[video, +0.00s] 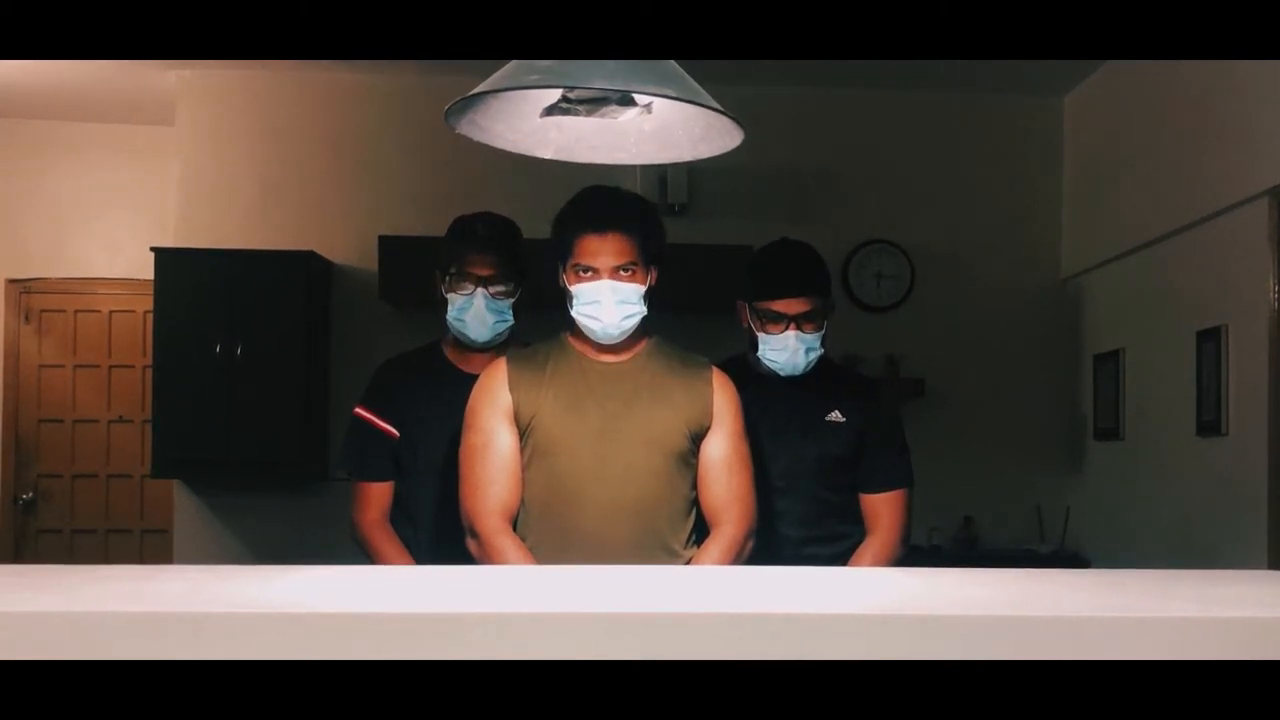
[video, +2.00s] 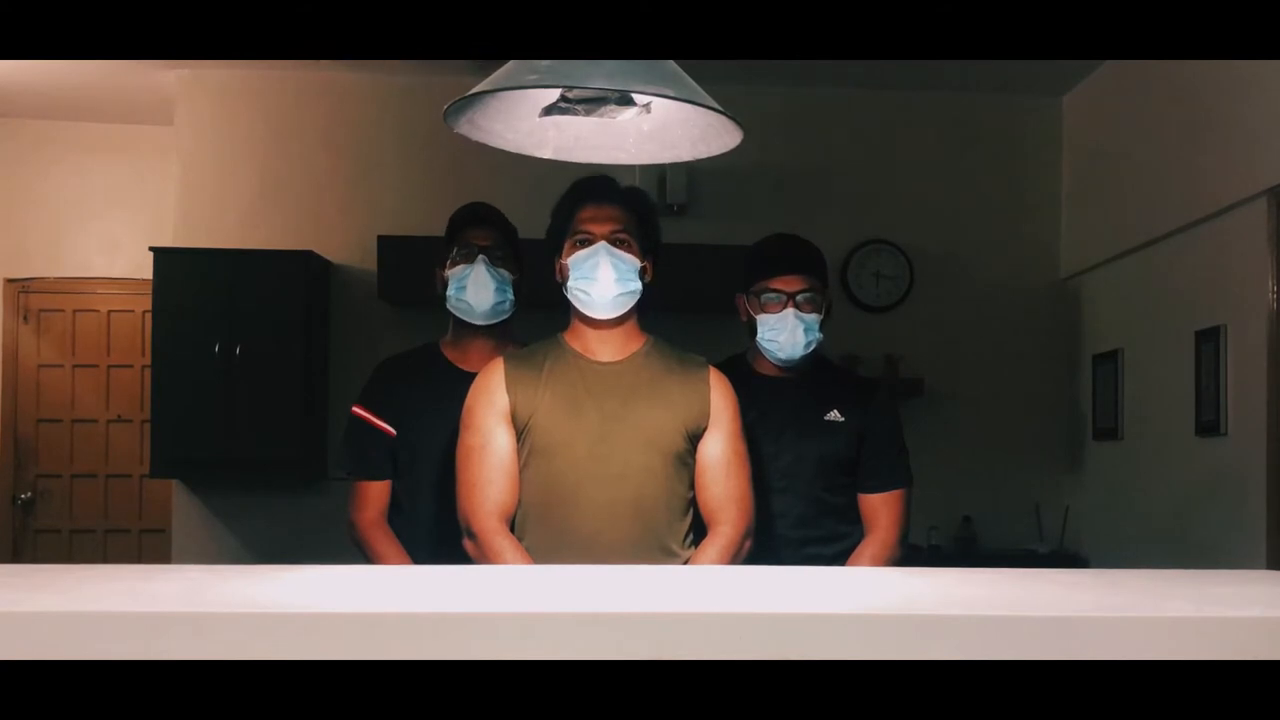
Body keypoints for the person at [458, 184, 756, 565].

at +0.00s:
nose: (606, 290)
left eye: (624, 271)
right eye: (586, 272)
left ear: (649, 276)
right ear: (564, 277)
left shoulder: (707, 388)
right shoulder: (507, 381)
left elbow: (733, 531)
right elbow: (486, 529)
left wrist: (669, 615)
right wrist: (555, 611)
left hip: (667, 615)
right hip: (545, 613)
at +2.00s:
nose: (601, 256)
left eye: (620, 242)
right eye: (583, 242)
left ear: (645, 268)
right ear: (560, 267)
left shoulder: (704, 387)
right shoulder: (503, 381)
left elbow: (732, 530)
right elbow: (483, 529)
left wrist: (668, 615)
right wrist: (552, 615)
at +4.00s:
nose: (603, 240)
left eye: (621, 233)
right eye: (586, 231)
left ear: (647, 267)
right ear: (562, 262)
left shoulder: (705, 388)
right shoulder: (503, 381)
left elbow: (731, 531)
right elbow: (483, 529)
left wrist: (667, 615)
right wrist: (549, 616)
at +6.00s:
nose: (601, 244)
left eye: (620, 235)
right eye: (584, 235)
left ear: (646, 268)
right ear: (560, 265)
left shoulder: (704, 391)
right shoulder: (502, 385)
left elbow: (729, 534)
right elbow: (485, 533)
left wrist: (666, 616)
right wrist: (549, 617)